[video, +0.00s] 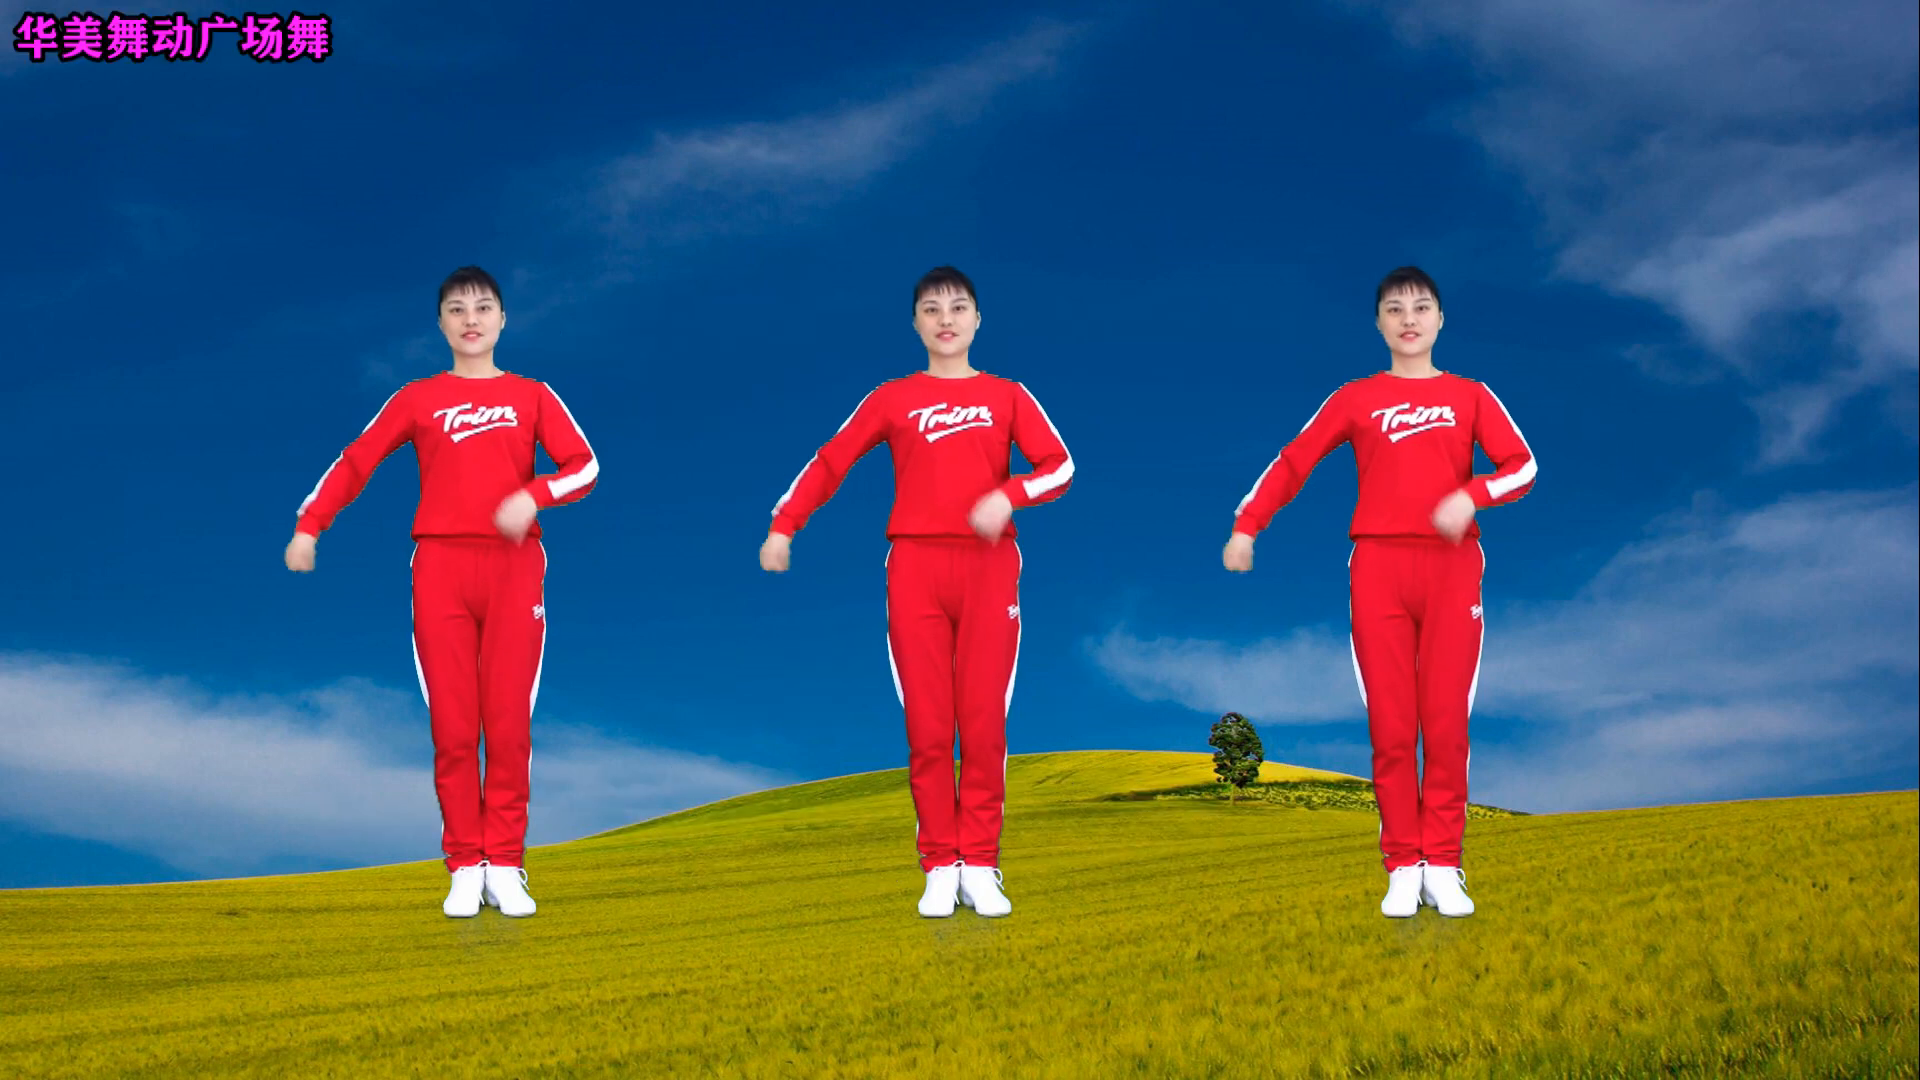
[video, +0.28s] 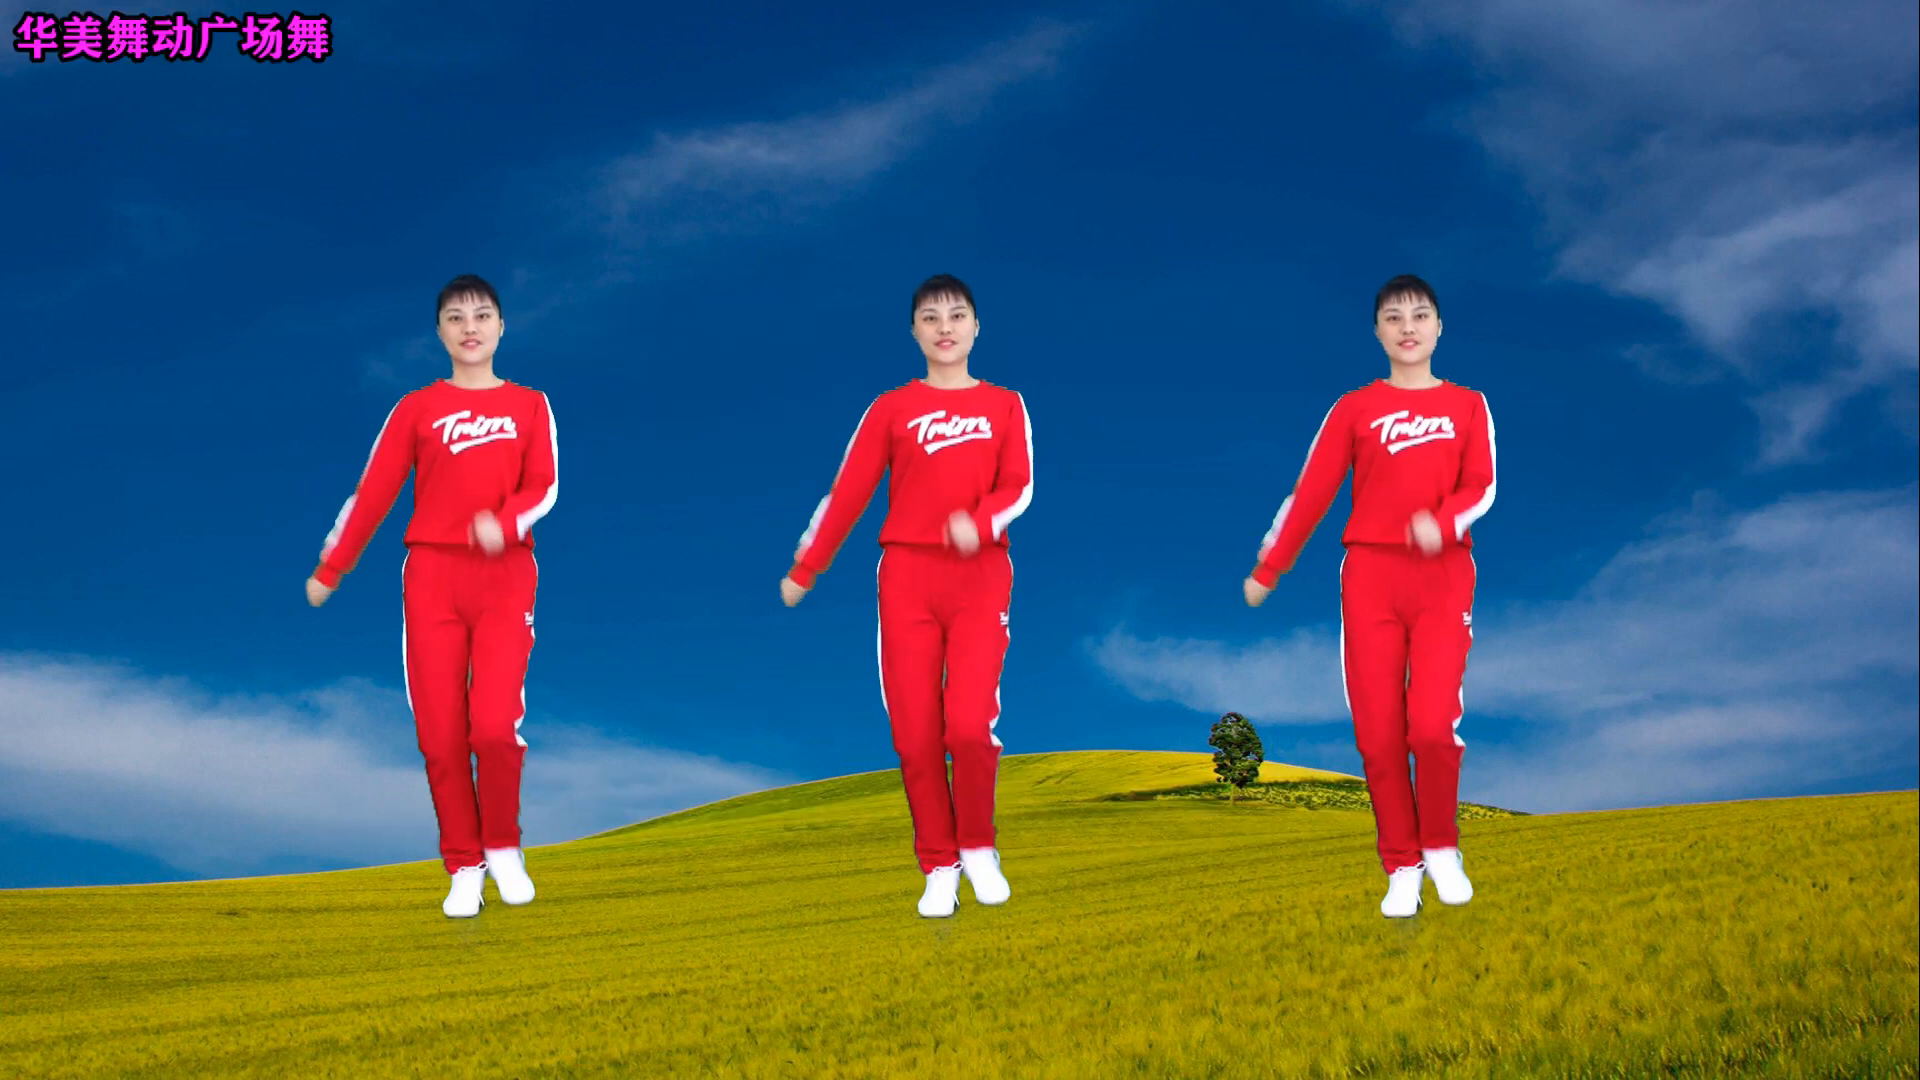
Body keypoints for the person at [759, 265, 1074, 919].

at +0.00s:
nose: (946, 319)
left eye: (957, 308)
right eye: (933, 311)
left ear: (976, 318)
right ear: (918, 323)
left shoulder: (1008, 396)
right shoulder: (891, 399)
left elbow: (1060, 468)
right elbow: (830, 462)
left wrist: (1008, 494)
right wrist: (781, 527)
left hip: (989, 573)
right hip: (915, 572)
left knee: (984, 722)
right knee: (928, 727)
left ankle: (980, 865)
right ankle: (940, 866)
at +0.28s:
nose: (945, 327)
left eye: (956, 316)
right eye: (932, 318)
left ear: (975, 327)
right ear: (916, 331)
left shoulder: (1005, 403)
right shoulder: (889, 408)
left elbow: (1019, 485)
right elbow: (847, 493)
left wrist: (982, 520)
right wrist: (805, 568)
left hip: (981, 580)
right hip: (906, 579)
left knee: (970, 723)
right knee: (914, 733)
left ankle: (978, 849)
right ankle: (939, 865)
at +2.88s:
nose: (946, 309)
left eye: (958, 299)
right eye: (933, 301)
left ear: (975, 312)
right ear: (915, 316)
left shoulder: (1004, 387)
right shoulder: (887, 389)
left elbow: (1022, 464)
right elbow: (834, 469)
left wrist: (964, 437)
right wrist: (783, 540)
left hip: (988, 564)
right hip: (912, 565)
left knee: (981, 723)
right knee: (920, 723)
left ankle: (980, 863)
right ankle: (930, 867)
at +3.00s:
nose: (942, 322)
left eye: (954, 312)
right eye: (930, 313)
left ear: (972, 323)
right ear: (913, 325)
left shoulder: (1001, 401)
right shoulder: (884, 407)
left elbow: (1005, 484)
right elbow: (859, 499)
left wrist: (965, 534)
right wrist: (836, 585)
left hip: (976, 580)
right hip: (902, 580)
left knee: (960, 720)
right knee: (909, 729)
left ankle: (973, 823)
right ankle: (927, 865)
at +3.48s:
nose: (944, 314)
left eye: (957, 303)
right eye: (932, 303)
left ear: (974, 315)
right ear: (914, 314)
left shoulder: (1004, 389)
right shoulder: (884, 396)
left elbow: (1071, 447)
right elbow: (845, 483)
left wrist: (1119, 521)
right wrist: (895, 439)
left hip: (985, 569)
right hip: (907, 570)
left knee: (975, 730)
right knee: (916, 731)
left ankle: (969, 870)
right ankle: (928, 869)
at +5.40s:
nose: (953, 295)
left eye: (964, 284)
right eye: (938, 287)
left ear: (983, 298)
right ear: (922, 305)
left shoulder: (1014, 376)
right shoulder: (899, 380)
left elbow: (1045, 462)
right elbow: (831, 442)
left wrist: (990, 412)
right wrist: (766, 504)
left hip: (999, 556)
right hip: (923, 557)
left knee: (989, 715)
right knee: (941, 713)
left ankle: (975, 862)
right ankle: (931, 848)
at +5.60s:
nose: (959, 302)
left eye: (969, 292)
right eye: (943, 294)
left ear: (982, 308)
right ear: (920, 313)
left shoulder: (1010, 388)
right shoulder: (892, 383)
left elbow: (1039, 473)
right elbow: (806, 418)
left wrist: (1016, 489)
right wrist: (713, 453)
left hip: (998, 564)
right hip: (922, 565)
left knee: (988, 725)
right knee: (931, 727)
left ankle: (974, 868)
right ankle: (925, 870)